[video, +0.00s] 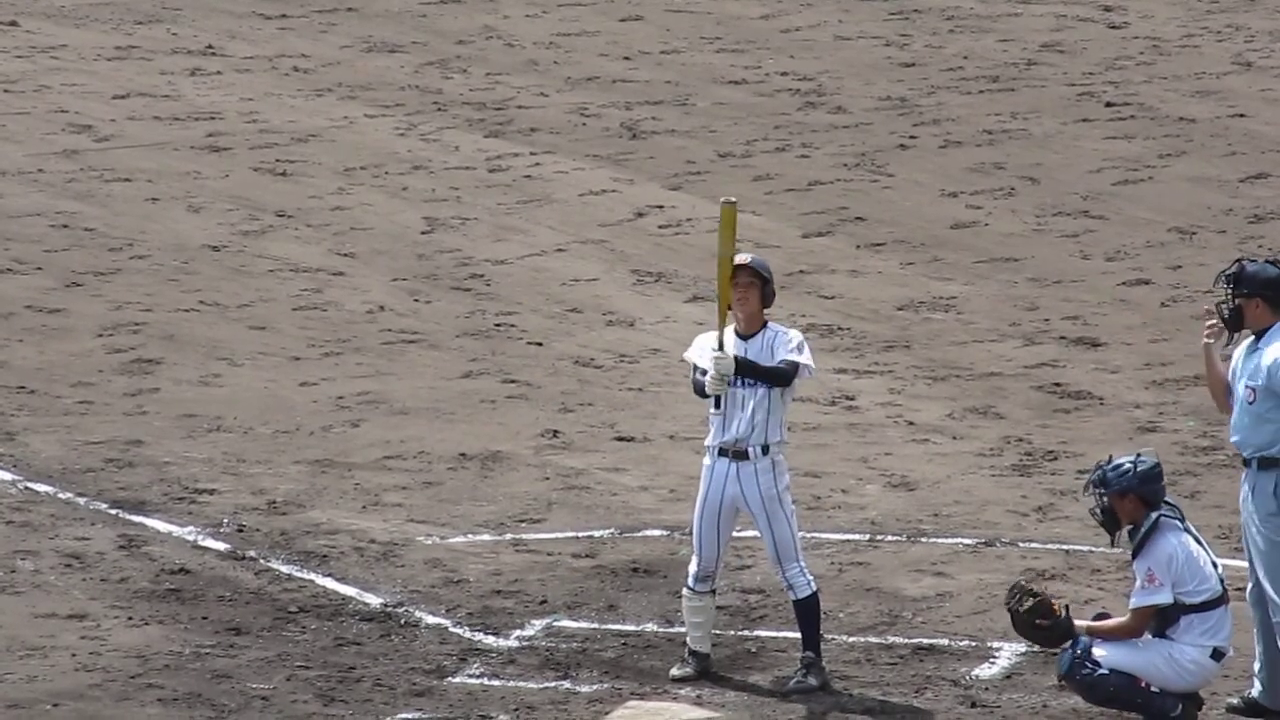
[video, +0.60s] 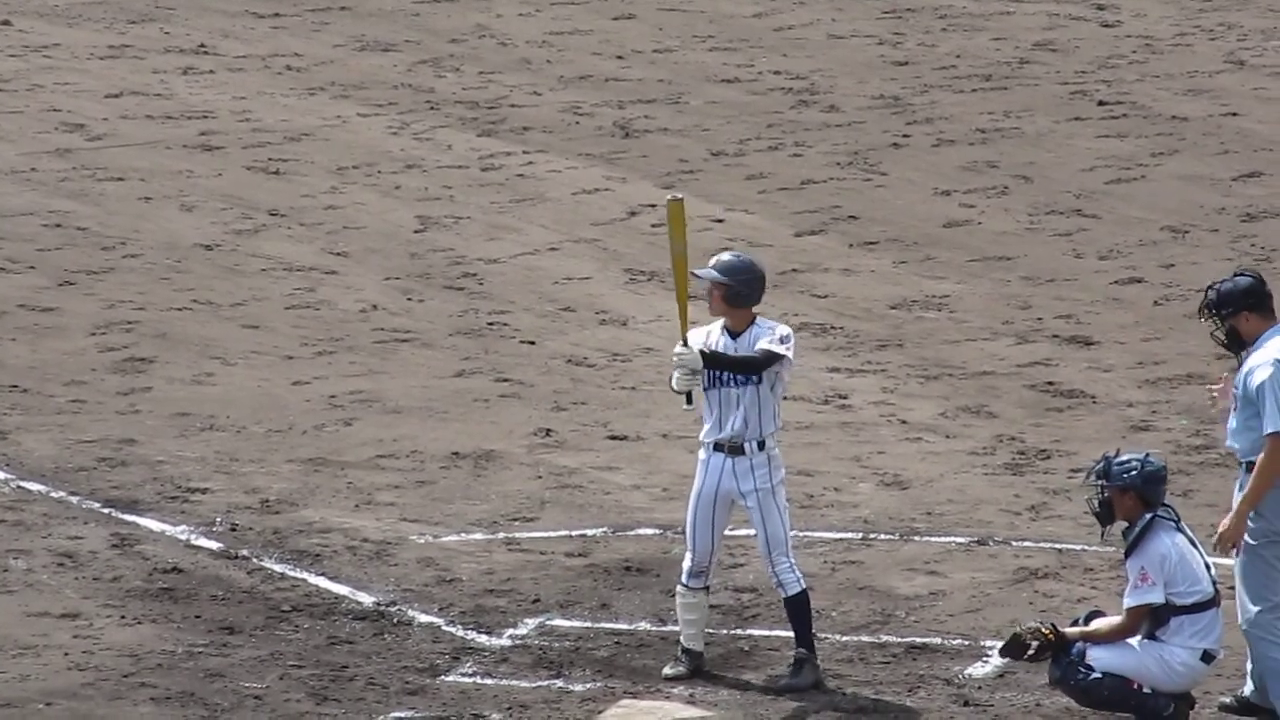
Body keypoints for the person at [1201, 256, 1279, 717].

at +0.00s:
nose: (1233, 304)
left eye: (1238, 298)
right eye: (1234, 297)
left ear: (1258, 306)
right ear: (1259, 305)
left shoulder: (1274, 351)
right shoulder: (1247, 345)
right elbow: (1228, 403)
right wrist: (1210, 350)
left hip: (1273, 478)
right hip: (1253, 475)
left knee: (1274, 593)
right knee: (1260, 593)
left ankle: (1273, 694)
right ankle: (1267, 692)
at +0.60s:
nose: (1224, 327)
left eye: (1226, 319)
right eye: (1222, 319)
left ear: (1244, 317)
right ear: (1259, 312)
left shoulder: (1266, 367)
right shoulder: (1263, 355)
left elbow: (1271, 449)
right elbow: (1262, 425)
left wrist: (1240, 513)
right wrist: (1236, 402)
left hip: (1263, 503)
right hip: (1256, 496)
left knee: (1259, 607)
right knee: (1257, 602)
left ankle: (1266, 695)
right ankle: (1261, 692)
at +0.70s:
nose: (1218, 335)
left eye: (1219, 326)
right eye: (1216, 327)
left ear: (1235, 324)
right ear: (1256, 315)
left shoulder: (1259, 372)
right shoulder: (1271, 349)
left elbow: (1269, 453)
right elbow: (1270, 423)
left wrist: (1246, 523)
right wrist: (1236, 432)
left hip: (1266, 515)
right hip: (1264, 506)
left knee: (1254, 620)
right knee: (1260, 608)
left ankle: (1272, 703)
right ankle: (1259, 694)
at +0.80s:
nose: (1214, 339)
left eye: (1214, 330)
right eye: (1212, 330)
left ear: (1230, 327)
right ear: (1252, 318)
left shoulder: (1253, 373)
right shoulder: (1272, 348)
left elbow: (1265, 455)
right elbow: (1267, 423)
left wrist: (1250, 533)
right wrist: (1242, 457)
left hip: (1269, 522)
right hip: (1272, 514)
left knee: (1249, 627)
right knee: (1264, 608)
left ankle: (1276, 706)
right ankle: (1263, 688)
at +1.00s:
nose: (1203, 345)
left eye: (1205, 336)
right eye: (1202, 336)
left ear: (1222, 334)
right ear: (1244, 327)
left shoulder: (1246, 380)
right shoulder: (1270, 356)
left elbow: (1267, 461)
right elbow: (1268, 456)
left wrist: (1255, 537)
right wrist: (1253, 516)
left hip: (1271, 527)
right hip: (1274, 521)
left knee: (1243, 630)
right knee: (1264, 621)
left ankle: (1275, 706)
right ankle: (1271, 699)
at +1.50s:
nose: (1192, 340)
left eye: (1196, 333)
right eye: (1192, 332)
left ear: (1212, 337)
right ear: (1233, 331)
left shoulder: (1233, 378)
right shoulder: (1261, 359)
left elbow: (1258, 458)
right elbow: (1266, 452)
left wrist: (1238, 523)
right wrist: (1264, 510)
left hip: (1275, 504)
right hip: (1274, 504)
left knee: (1273, 611)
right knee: (1272, 605)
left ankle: (1275, 696)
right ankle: (1274, 693)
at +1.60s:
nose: (1194, 335)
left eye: (1199, 327)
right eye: (1195, 327)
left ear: (1216, 331)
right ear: (1236, 326)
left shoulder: (1237, 374)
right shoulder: (1263, 355)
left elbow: (1259, 455)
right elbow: (1262, 450)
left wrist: (1232, 518)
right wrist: (1241, 515)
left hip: (1274, 496)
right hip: (1274, 494)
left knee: (1270, 610)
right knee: (1271, 604)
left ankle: (1275, 696)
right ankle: (1273, 692)